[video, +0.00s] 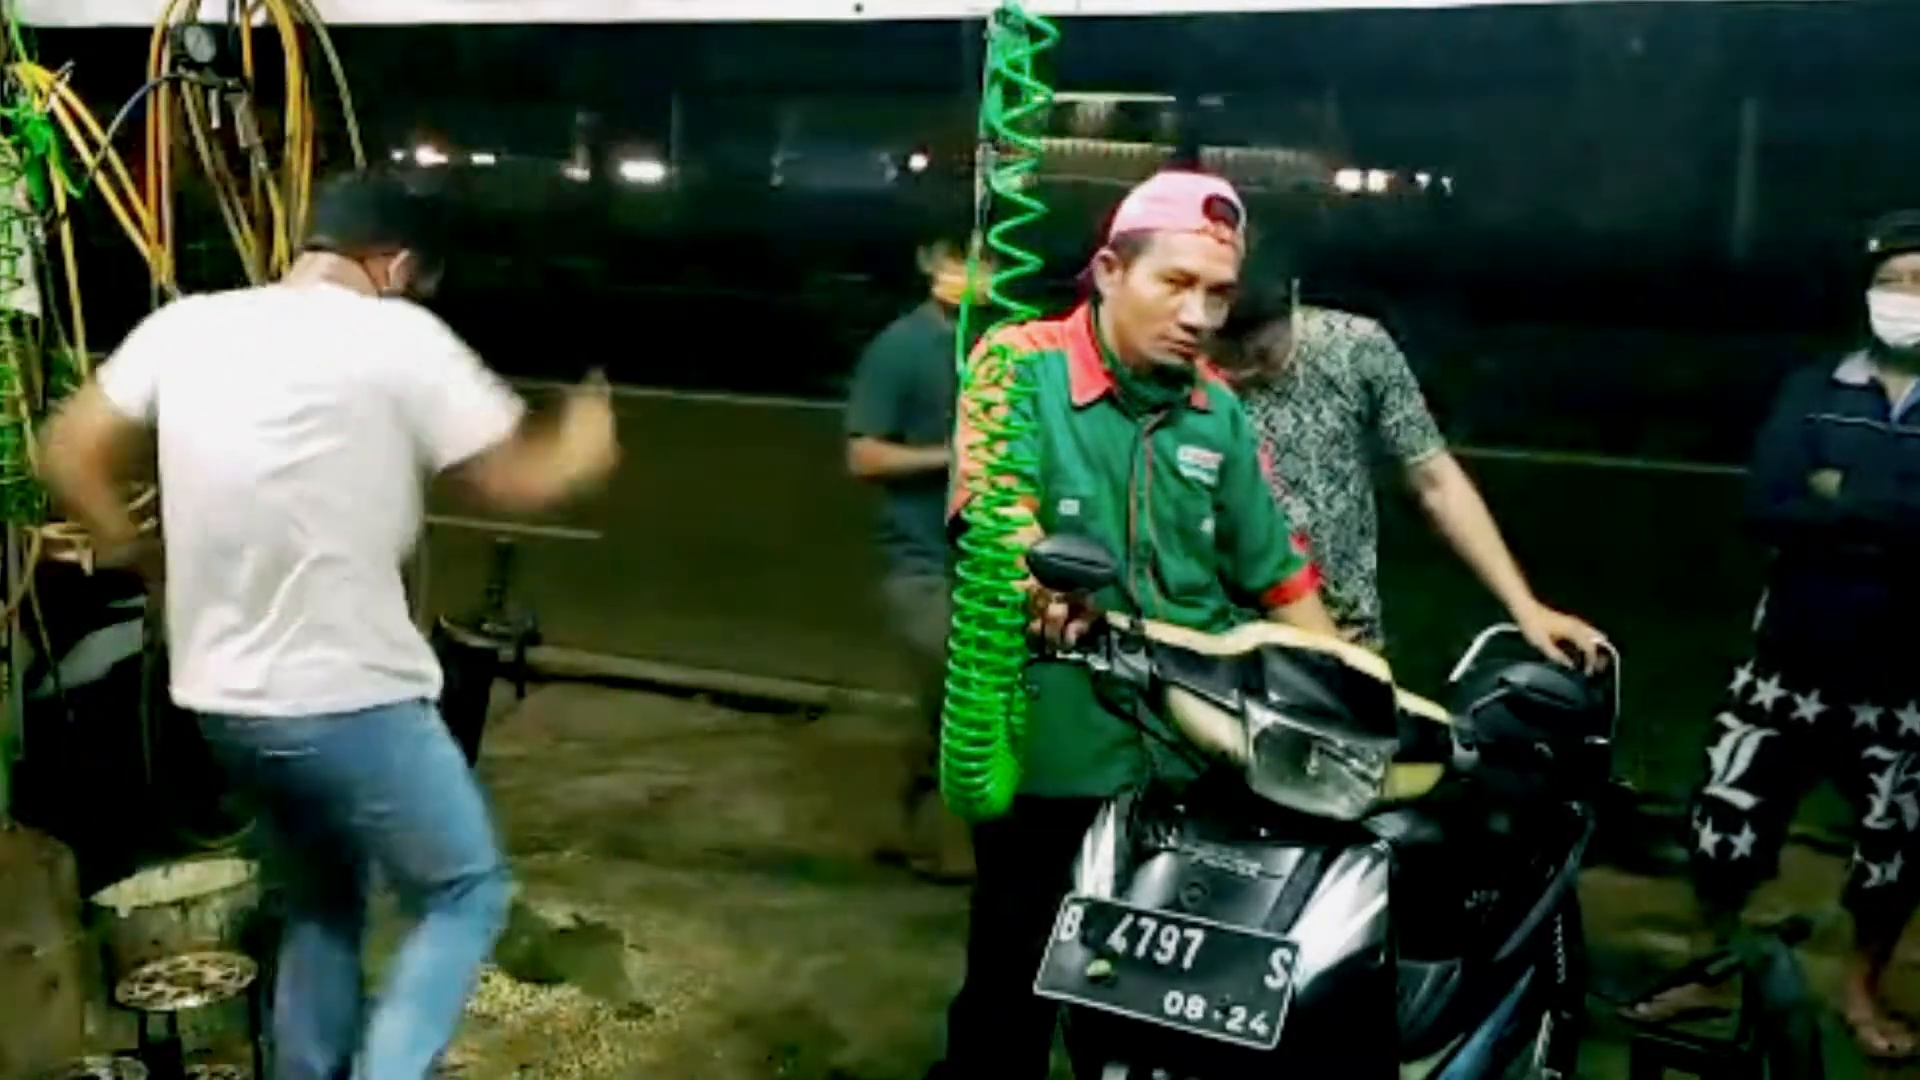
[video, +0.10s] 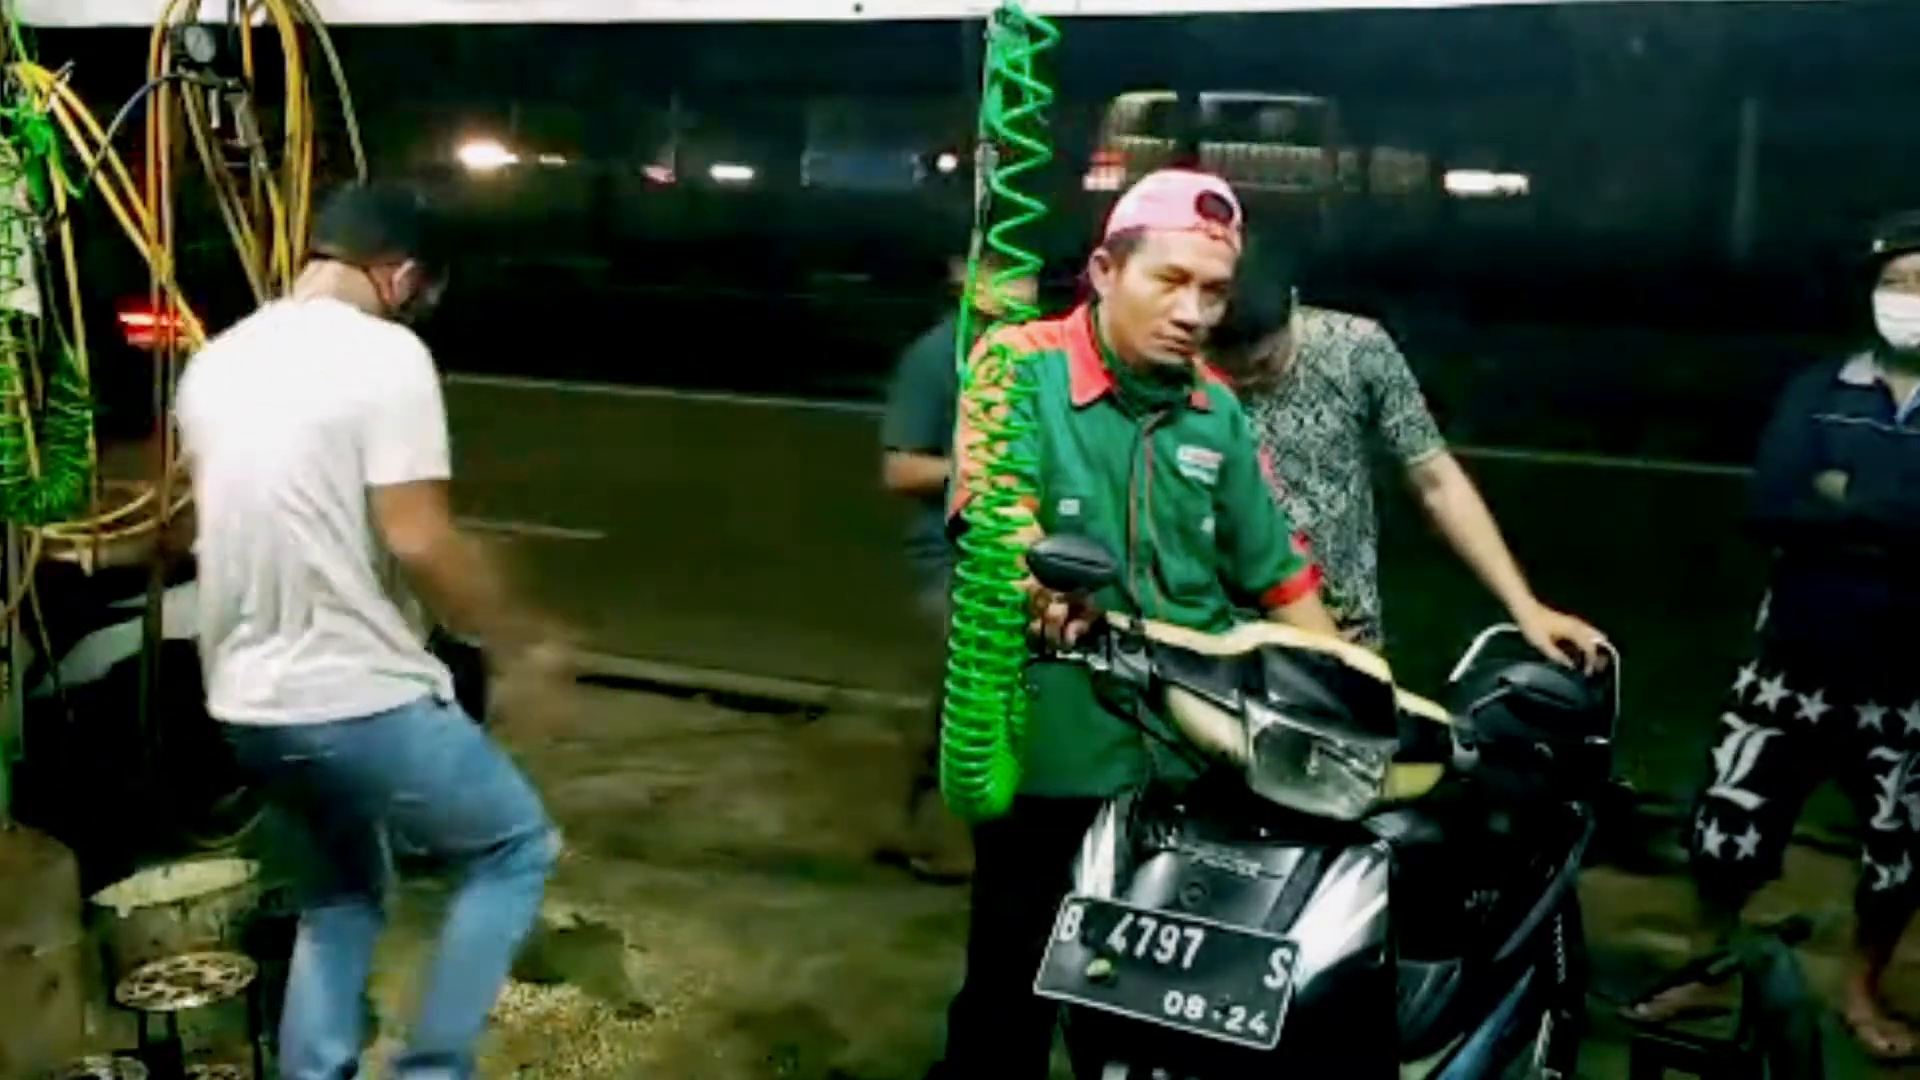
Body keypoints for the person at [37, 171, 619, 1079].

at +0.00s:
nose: (414, 292)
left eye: (415, 278)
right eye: (415, 276)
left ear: (304, 249)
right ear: (390, 261)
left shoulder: (184, 326)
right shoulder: (400, 337)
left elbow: (67, 447)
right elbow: (514, 484)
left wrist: (135, 546)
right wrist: (580, 442)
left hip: (220, 698)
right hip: (351, 698)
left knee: (317, 905)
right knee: (465, 889)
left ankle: (305, 1069)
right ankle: (385, 1067)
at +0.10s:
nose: (415, 304)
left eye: (419, 289)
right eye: (419, 287)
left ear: (317, 255)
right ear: (397, 274)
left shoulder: (215, 359)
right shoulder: (387, 355)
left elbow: (197, 514)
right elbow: (419, 539)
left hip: (246, 700)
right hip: (359, 697)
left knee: (345, 889)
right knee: (515, 846)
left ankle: (311, 1069)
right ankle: (436, 1062)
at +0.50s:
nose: (524, 268)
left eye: (537, 249)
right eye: (505, 243)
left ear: (546, 238)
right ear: (435, 228)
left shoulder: (467, 314)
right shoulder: (406, 308)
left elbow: (566, 354)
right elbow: (295, 429)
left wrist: (630, 353)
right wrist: (352, 598)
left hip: (431, 670)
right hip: (471, 670)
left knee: (432, 860)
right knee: (545, 881)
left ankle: (344, 1061)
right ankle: (518, 1061)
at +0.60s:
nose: (553, 271)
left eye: (566, 251)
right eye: (532, 246)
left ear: (576, 244)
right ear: (463, 235)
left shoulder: (503, 330)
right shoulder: (439, 337)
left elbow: (566, 431)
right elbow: (375, 507)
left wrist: (655, 490)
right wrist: (434, 663)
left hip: (523, 659)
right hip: (492, 672)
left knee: (507, 856)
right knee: (578, 881)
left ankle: (369, 1042)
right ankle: (522, 1060)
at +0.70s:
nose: (571, 280)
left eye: (586, 261)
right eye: (550, 255)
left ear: (599, 264)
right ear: (487, 250)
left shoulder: (516, 362)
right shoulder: (472, 367)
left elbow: (551, 530)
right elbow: (461, 541)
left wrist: (632, 610)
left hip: (545, 668)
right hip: (491, 687)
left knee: (633, 821)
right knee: (596, 887)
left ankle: (466, 975)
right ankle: (526, 1058)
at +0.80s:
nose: (585, 280)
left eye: (598, 261)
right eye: (564, 256)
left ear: (607, 261)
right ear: (499, 254)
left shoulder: (524, 355)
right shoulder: (486, 361)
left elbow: (523, 521)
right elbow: (508, 520)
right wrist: (678, 545)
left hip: (560, 666)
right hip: (505, 685)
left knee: (657, 810)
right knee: (607, 888)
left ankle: (543, 975)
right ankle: (527, 1055)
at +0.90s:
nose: (596, 267)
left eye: (611, 250)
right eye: (576, 243)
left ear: (621, 251)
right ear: (517, 243)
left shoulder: (549, 334)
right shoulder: (499, 329)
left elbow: (544, 474)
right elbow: (561, 458)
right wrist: (708, 423)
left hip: (582, 652)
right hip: (526, 669)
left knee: (655, 814)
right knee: (602, 880)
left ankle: (633, 996)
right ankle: (524, 1056)